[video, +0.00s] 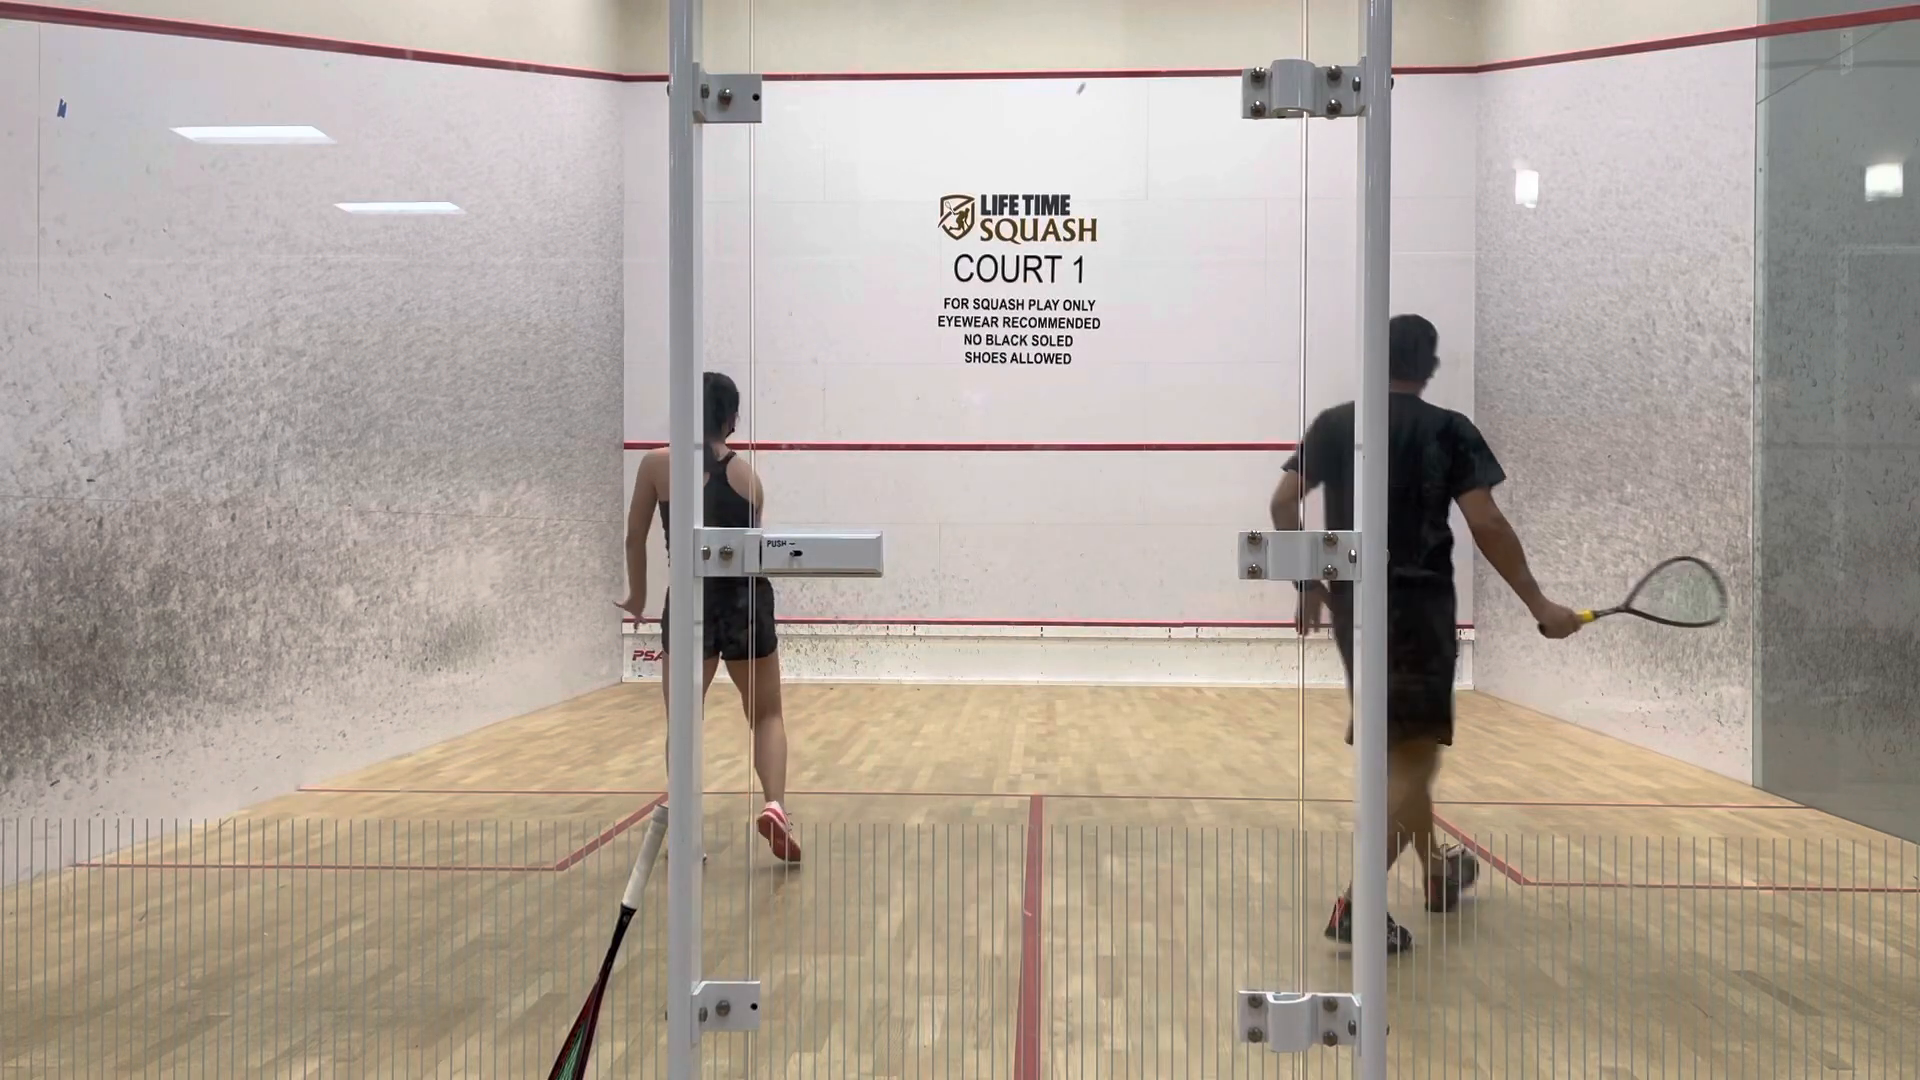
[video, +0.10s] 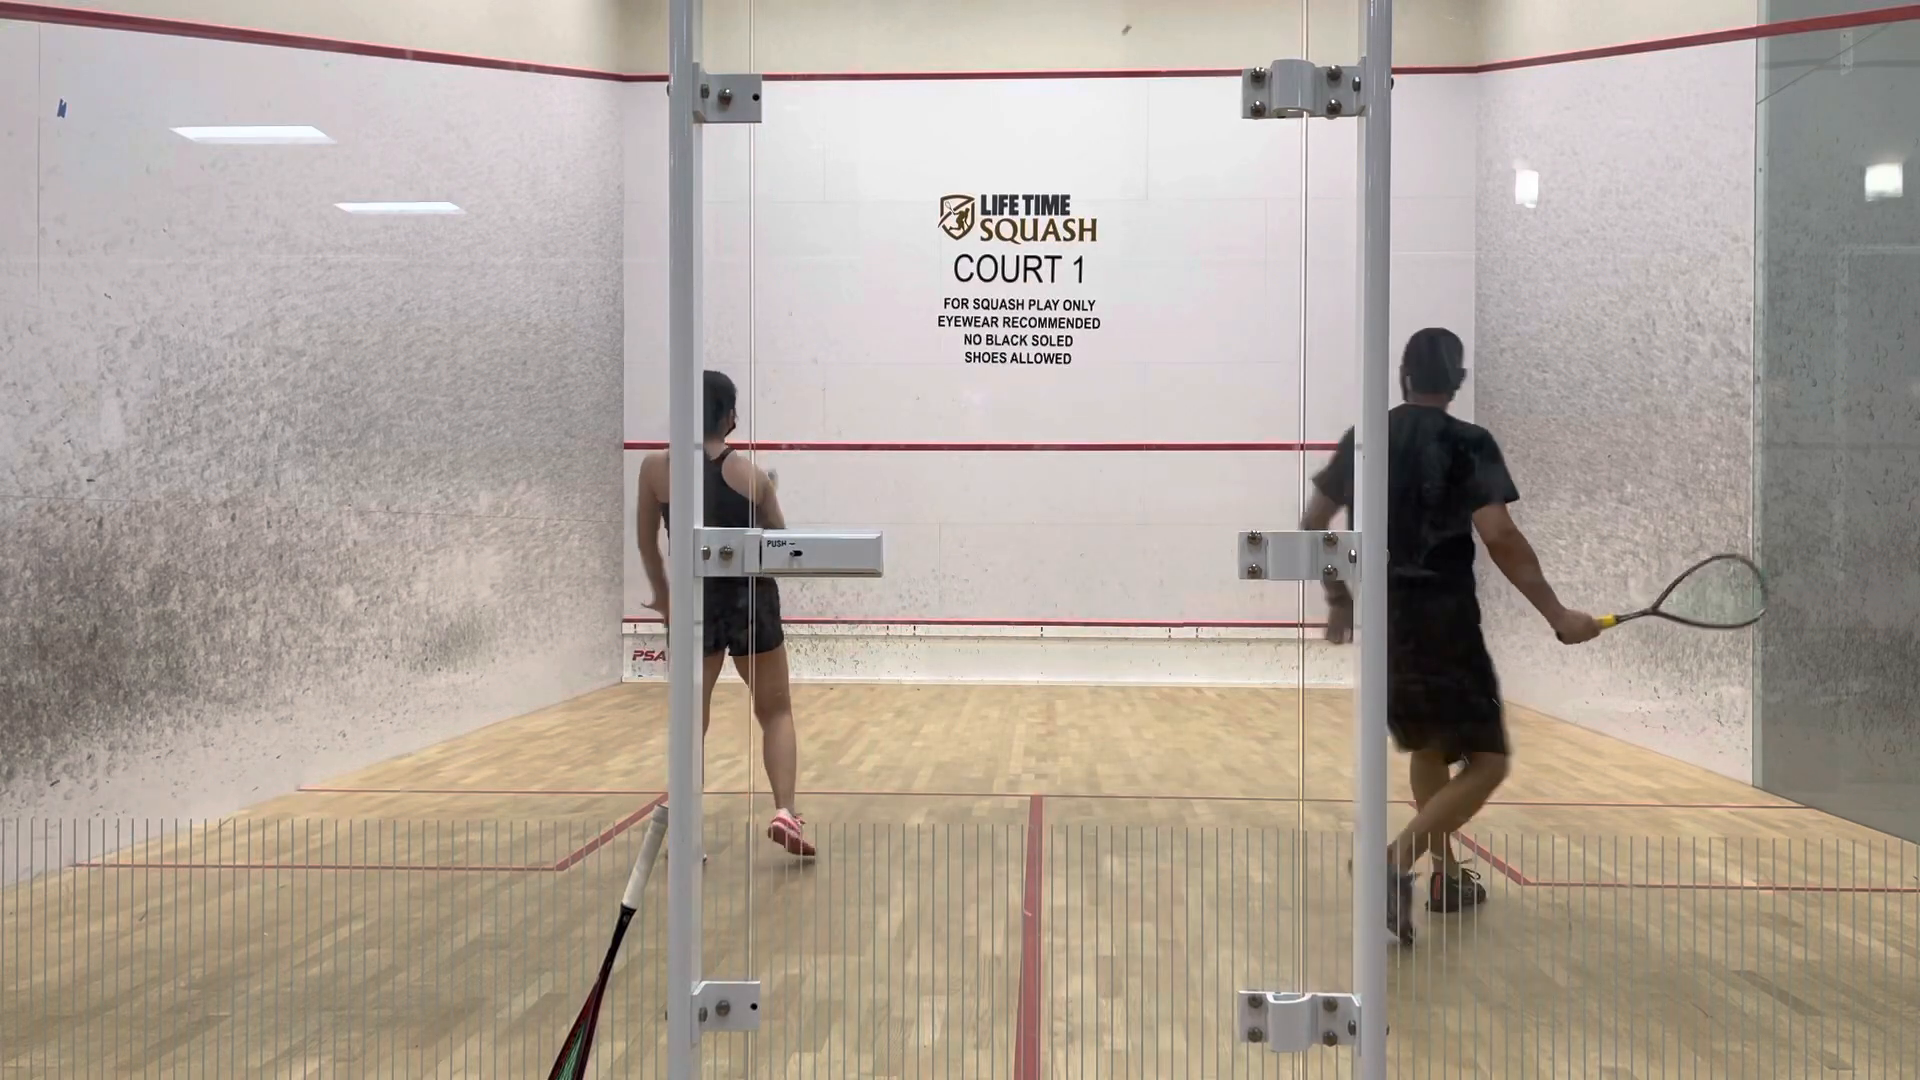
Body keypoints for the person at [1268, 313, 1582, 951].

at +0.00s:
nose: (1432, 373)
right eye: (1434, 364)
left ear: (1377, 360)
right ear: (1429, 366)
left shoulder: (1334, 422)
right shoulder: (1447, 430)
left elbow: (1283, 500)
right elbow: (1486, 524)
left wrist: (1305, 581)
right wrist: (1539, 603)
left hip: (1352, 608)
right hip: (1420, 610)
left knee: (1395, 742)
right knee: (1416, 754)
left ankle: (1436, 868)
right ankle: (1358, 903)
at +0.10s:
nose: (1450, 385)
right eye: (1457, 376)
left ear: (1404, 376)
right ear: (1457, 380)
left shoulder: (1365, 435)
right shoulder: (1470, 442)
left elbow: (1313, 520)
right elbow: (1500, 537)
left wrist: (1337, 596)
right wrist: (1558, 614)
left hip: (1385, 620)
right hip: (1446, 621)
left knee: (1427, 749)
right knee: (1490, 761)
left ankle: (1445, 877)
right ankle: (1395, 861)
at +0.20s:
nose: (1481, 381)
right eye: (1485, 373)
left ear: (1429, 371)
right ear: (1483, 378)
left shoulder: (1388, 428)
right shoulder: (1490, 439)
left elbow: (1347, 515)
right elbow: (1510, 534)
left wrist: (1390, 566)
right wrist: (1570, 611)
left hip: (1400, 617)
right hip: (1462, 618)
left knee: (1441, 734)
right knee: (1534, 738)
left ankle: (1445, 874)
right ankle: (1436, 844)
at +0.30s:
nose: (1494, 376)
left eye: (1478, 363)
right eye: (1503, 366)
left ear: (1454, 366)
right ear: (1507, 372)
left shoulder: (1410, 423)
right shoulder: (1511, 435)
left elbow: (1388, 509)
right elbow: (1530, 526)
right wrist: (1602, 594)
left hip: (1416, 613)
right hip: (1482, 613)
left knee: (1446, 734)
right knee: (1567, 724)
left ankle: (1441, 875)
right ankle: (1508, 859)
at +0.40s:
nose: (1527, 375)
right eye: (1534, 367)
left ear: (1482, 364)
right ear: (1534, 373)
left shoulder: (1439, 418)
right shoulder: (1535, 440)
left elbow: (1401, 469)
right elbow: (1571, 532)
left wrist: (1457, 469)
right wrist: (1651, 572)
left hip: (1430, 613)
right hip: (1499, 613)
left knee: (1456, 734)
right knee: (1586, 728)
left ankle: (1442, 875)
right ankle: (1598, 885)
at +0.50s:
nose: (1545, 377)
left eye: (1526, 366)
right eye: (1560, 369)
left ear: (1513, 370)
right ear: (1568, 379)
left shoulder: (1472, 420)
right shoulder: (1567, 450)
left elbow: (1415, 445)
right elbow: (1630, 532)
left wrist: (1445, 439)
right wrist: (1712, 545)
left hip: (1455, 619)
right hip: (1523, 621)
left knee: (1467, 738)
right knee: (1608, 736)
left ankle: (1443, 875)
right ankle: (1676, 879)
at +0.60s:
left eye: (1563, 368)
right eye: (1598, 374)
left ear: (1553, 373)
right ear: (1607, 385)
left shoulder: (1503, 420)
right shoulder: (1609, 455)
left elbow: (1445, 431)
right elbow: (1699, 523)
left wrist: (1440, 429)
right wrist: (1784, 500)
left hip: (1485, 624)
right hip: (1557, 630)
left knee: (1479, 743)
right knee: (1642, 746)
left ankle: (1444, 874)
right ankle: (1724, 880)